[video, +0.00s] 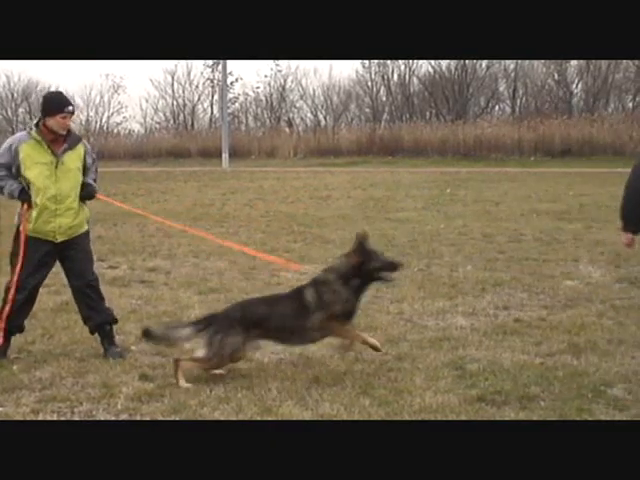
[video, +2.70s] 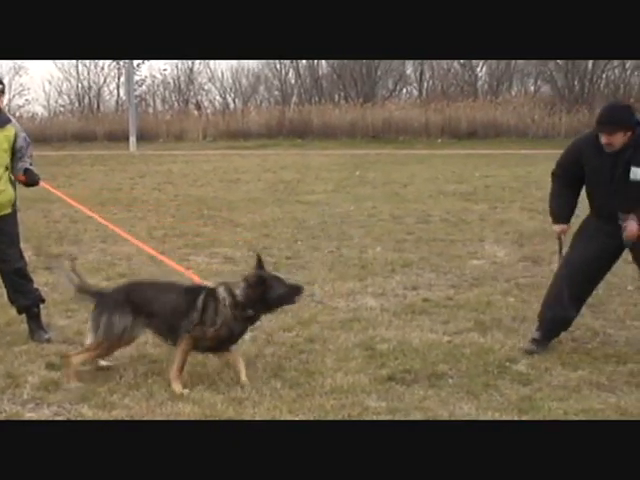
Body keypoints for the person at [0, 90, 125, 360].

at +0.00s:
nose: (67, 121)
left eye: (70, 116)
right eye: (62, 116)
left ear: (72, 117)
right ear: (46, 117)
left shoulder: (80, 146)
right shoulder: (18, 145)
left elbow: (91, 168)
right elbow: (3, 175)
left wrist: (89, 185)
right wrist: (17, 190)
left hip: (74, 230)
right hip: (36, 232)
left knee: (87, 283)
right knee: (22, 288)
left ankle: (108, 341)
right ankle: (4, 340)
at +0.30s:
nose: (70, 115)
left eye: (73, 110)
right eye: (65, 109)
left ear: (76, 112)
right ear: (50, 109)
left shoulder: (85, 142)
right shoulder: (23, 138)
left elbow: (100, 171)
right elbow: (6, 165)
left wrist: (107, 184)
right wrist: (20, 183)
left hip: (77, 225)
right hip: (36, 225)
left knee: (92, 279)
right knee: (24, 279)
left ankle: (111, 337)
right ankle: (25, 328)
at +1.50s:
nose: (55, 97)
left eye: (57, 92)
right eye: (50, 92)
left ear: (54, 93)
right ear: (33, 92)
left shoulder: (59, 126)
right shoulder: (7, 120)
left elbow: (67, 161)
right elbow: (3, 157)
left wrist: (85, 166)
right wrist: (5, 173)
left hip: (52, 206)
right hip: (15, 207)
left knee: (67, 260)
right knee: (4, 266)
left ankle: (89, 310)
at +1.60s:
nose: (45, 98)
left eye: (46, 93)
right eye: (40, 93)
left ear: (42, 94)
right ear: (22, 94)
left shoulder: (47, 126)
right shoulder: (3, 123)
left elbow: (52, 162)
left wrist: (69, 168)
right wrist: (2, 178)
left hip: (40, 207)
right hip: (7, 210)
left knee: (56, 260)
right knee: (0, 264)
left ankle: (79, 311)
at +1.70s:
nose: (37, 98)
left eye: (38, 93)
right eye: (32, 93)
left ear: (36, 95)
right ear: (14, 94)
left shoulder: (38, 125)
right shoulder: (3, 121)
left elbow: (43, 161)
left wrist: (58, 168)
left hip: (33, 207)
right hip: (5, 210)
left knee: (48, 260)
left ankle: (72, 311)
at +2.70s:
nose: (2, 102)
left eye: (2, 96)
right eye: (2, 97)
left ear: (4, 98)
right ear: (3, 99)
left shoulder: (11, 130)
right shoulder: (11, 131)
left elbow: (21, 157)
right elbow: (21, 157)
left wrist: (25, 172)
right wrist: (24, 171)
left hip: (6, 207)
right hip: (5, 208)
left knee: (13, 263)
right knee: (11, 263)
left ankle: (34, 319)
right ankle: (33, 318)